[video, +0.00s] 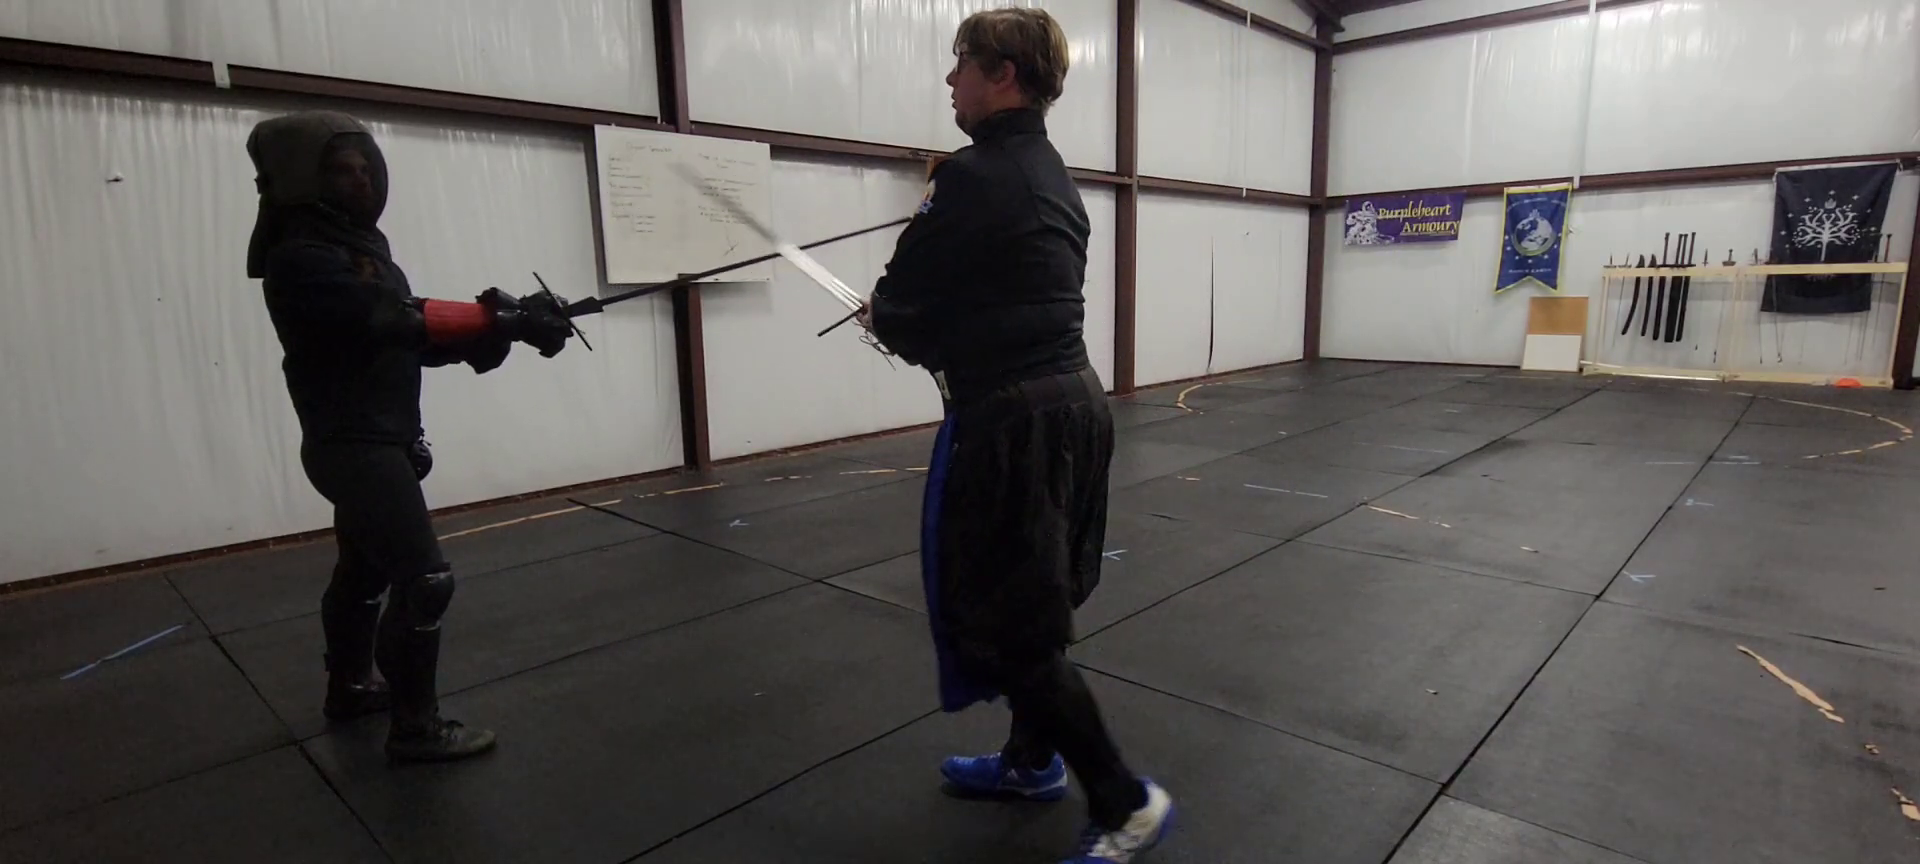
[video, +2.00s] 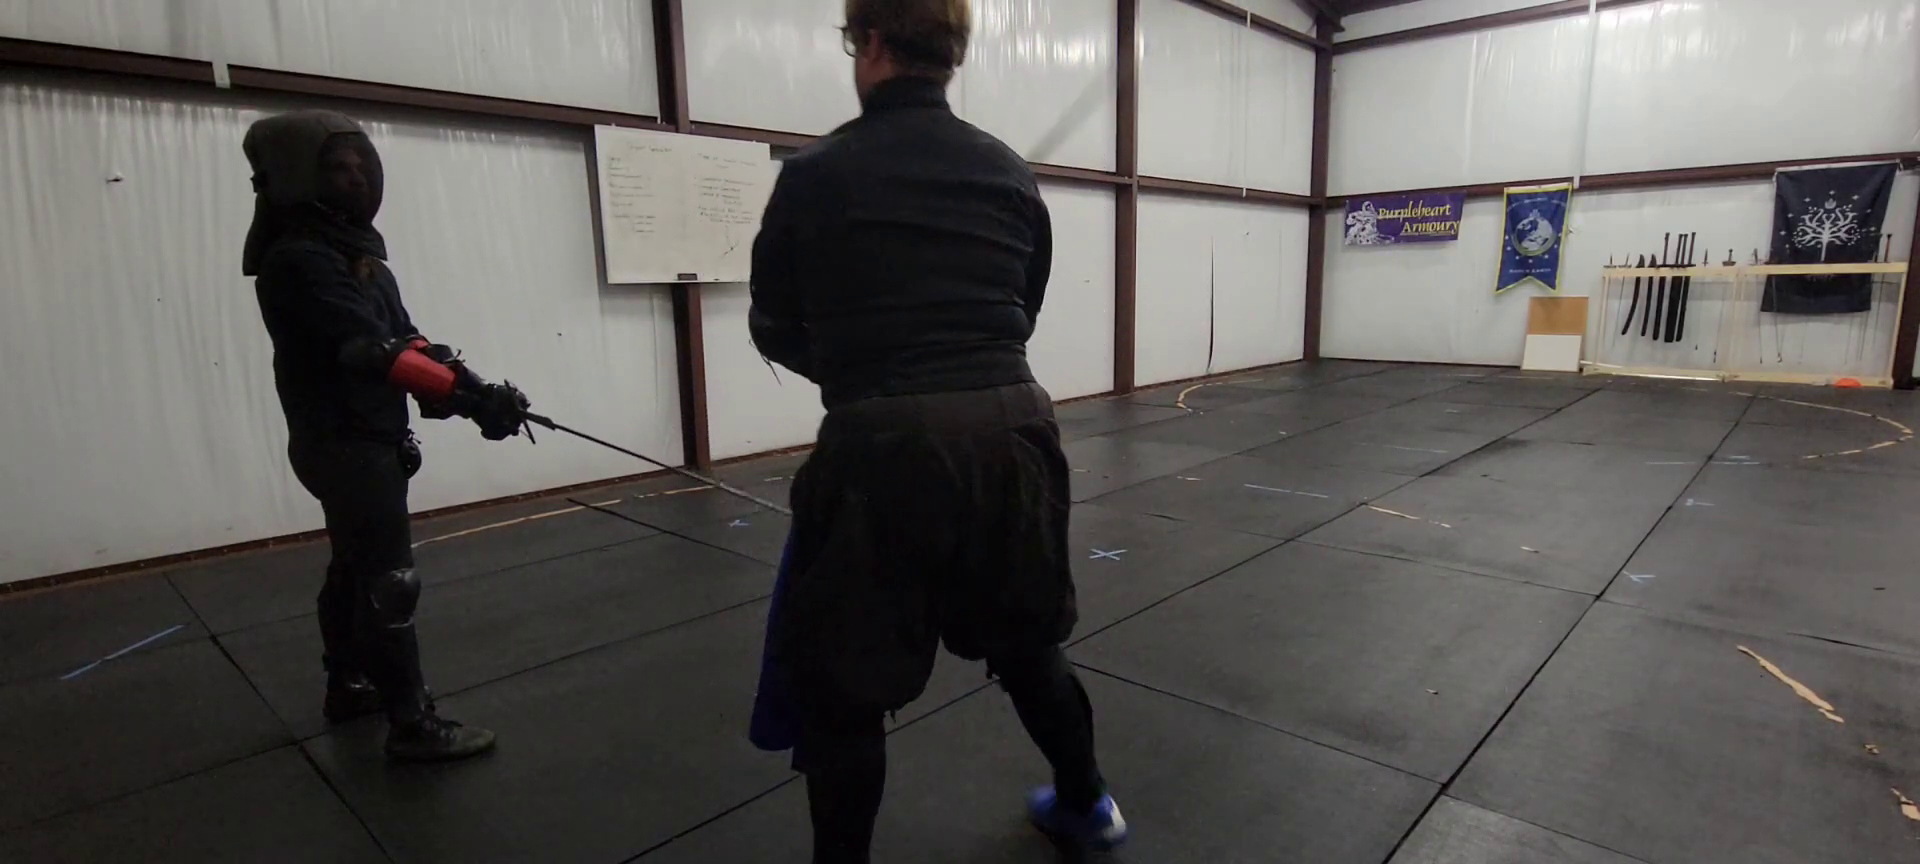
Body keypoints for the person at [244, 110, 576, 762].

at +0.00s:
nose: (359, 183)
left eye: (368, 170)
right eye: (342, 171)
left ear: (381, 177)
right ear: (311, 181)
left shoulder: (362, 249)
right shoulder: (302, 256)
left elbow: (406, 335)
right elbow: (386, 319)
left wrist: (488, 333)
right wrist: (502, 318)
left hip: (383, 442)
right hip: (354, 448)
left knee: (362, 574)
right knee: (423, 582)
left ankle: (350, 690)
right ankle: (415, 728)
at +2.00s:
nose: (362, 180)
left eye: (366, 167)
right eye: (345, 168)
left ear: (372, 174)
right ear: (307, 178)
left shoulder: (354, 247)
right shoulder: (297, 257)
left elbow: (397, 335)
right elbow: (360, 347)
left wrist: (461, 380)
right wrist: (468, 396)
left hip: (371, 439)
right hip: (341, 445)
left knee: (356, 569)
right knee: (390, 581)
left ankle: (349, 688)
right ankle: (411, 722)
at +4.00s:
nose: (356, 183)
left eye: (362, 171)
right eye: (340, 171)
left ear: (371, 179)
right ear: (306, 181)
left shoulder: (355, 246)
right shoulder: (293, 256)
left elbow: (395, 325)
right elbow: (357, 333)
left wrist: (453, 357)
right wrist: (463, 349)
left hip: (381, 436)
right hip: (344, 442)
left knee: (360, 570)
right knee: (393, 582)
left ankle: (349, 689)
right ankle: (410, 723)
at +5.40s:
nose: (432, 196)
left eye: (433, 183)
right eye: (422, 183)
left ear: (358, 189)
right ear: (389, 188)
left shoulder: (341, 256)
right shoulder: (374, 261)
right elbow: (423, 363)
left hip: (357, 443)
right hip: (382, 447)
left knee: (378, 568)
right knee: (447, 578)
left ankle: (350, 688)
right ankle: (441, 721)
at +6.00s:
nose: (448, 200)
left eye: (448, 187)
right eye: (442, 187)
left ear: (362, 189)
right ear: (418, 194)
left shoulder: (321, 265)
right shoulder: (408, 268)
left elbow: (364, 353)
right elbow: (453, 354)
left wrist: (462, 339)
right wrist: (495, 344)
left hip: (344, 446)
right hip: (399, 452)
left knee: (363, 569)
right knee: (464, 577)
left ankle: (349, 691)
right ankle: (444, 722)